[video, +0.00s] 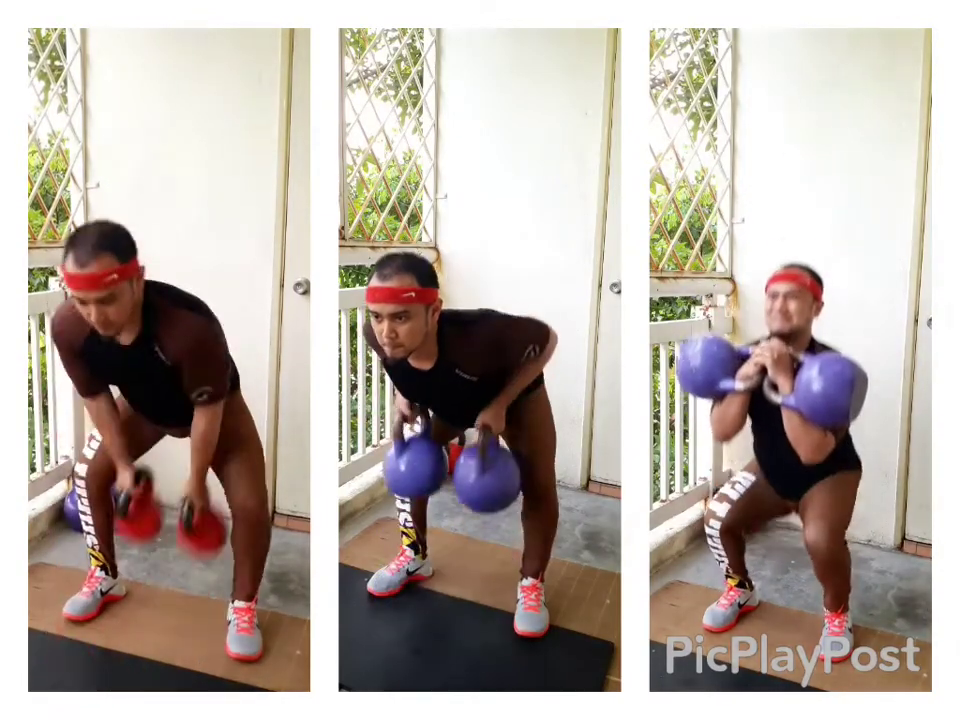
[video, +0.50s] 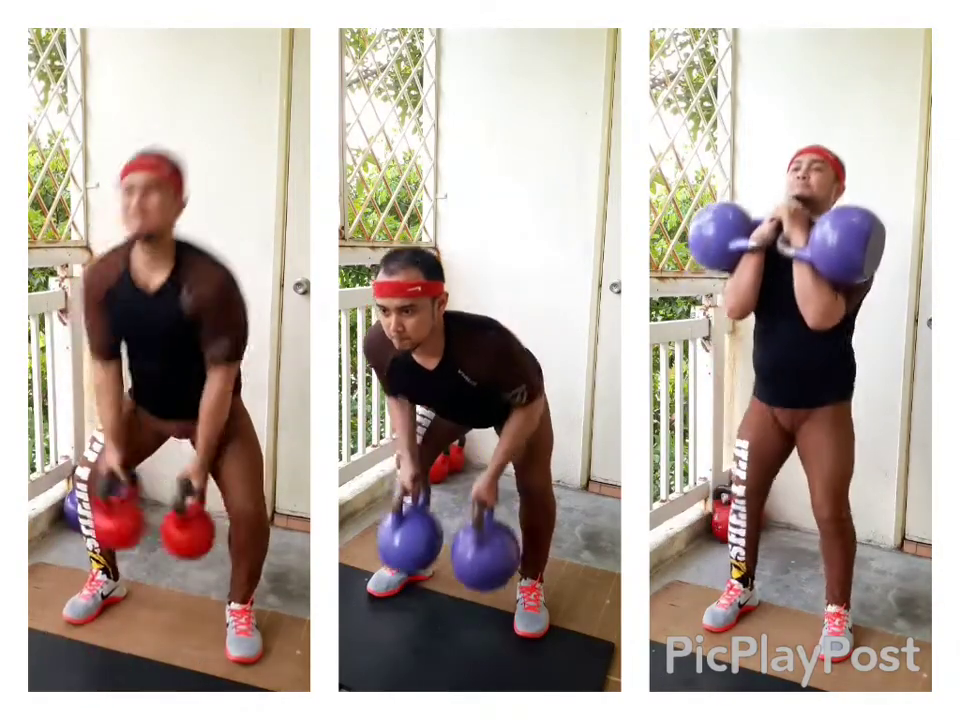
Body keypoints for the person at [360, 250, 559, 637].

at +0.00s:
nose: (387, 332)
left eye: (401, 318)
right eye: (377, 317)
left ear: (434, 311)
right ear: (369, 314)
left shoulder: (479, 332)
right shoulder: (376, 333)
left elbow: (546, 339)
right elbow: (392, 357)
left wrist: (500, 404)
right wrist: (402, 393)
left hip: (513, 391)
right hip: (445, 397)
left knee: (539, 488)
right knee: (411, 466)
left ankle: (531, 582)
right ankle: (413, 553)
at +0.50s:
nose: (394, 326)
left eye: (407, 311)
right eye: (384, 311)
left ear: (440, 303)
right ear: (377, 306)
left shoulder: (487, 341)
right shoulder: (378, 346)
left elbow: (532, 402)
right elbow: (398, 397)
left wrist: (493, 473)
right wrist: (406, 458)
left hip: (513, 404)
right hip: (452, 406)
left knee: (534, 486)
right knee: (408, 474)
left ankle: (531, 580)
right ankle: (411, 558)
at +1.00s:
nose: (392, 355)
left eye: (405, 341)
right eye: (382, 342)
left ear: (437, 332)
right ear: (373, 338)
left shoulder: (486, 374)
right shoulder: (376, 374)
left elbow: (504, 455)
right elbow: (398, 441)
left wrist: (481, 531)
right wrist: (409, 510)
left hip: (513, 391)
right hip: (446, 401)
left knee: (533, 488)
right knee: (413, 471)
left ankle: (531, 584)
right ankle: (410, 563)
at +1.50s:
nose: (392, 361)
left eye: (405, 348)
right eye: (382, 347)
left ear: (437, 338)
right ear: (374, 343)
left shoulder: (487, 380)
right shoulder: (376, 375)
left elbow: (491, 463)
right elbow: (399, 447)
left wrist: (479, 533)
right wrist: (410, 514)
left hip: (516, 390)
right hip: (449, 399)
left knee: (531, 486)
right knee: (416, 468)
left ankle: (531, 583)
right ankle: (410, 562)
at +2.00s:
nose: (387, 358)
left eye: (401, 344)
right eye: (377, 344)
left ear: (433, 335)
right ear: (369, 338)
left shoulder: (484, 379)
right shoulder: (374, 376)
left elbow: (486, 463)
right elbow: (403, 444)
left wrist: (479, 532)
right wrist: (412, 512)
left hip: (514, 390)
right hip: (451, 398)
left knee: (530, 486)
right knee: (415, 470)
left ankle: (531, 583)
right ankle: (410, 563)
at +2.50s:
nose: (387, 351)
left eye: (401, 338)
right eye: (378, 337)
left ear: (433, 333)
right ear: (370, 333)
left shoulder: (484, 378)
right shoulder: (373, 375)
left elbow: (486, 463)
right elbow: (403, 444)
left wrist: (479, 532)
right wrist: (412, 512)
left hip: (514, 389)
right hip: (452, 399)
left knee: (530, 486)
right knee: (415, 470)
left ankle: (531, 583)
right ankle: (408, 563)